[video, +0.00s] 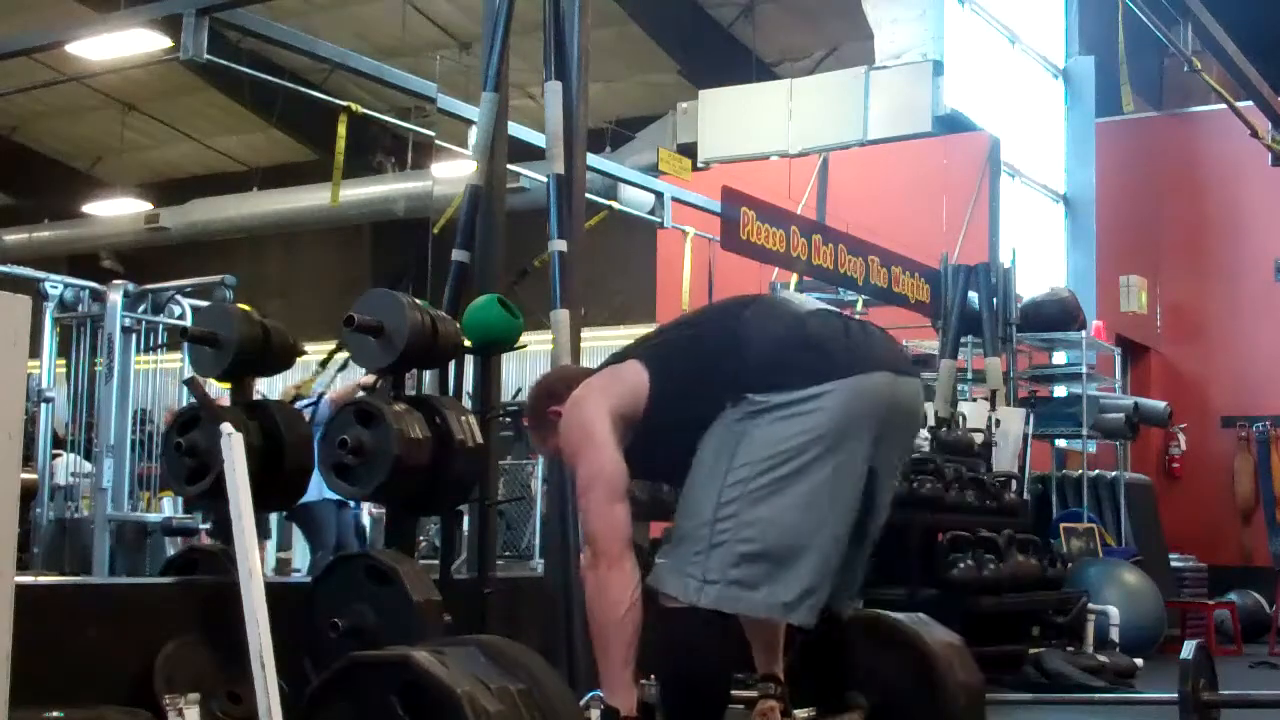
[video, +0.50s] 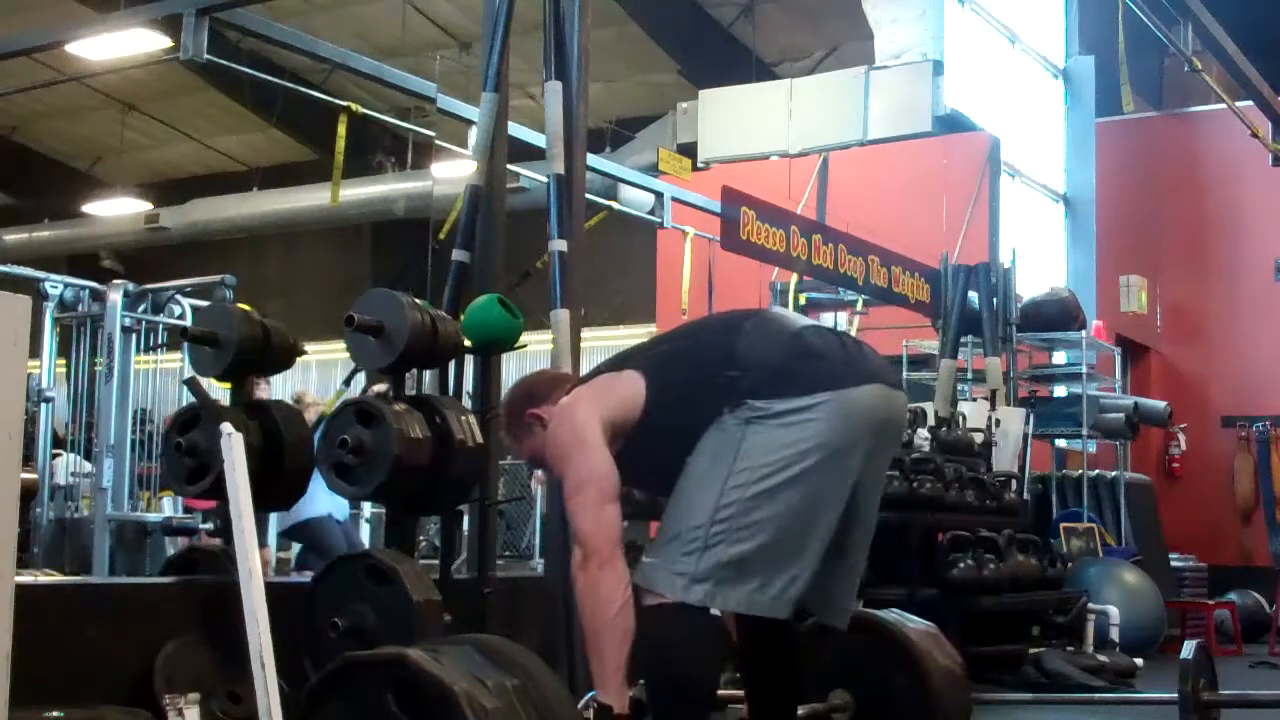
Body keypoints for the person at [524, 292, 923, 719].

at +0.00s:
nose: (565, 466)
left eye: (558, 451)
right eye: (555, 457)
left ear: (559, 413)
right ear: (588, 382)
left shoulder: (587, 407)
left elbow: (609, 560)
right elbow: (773, 534)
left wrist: (620, 703)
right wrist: (771, 678)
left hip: (808, 387)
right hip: (894, 381)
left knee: (688, 598)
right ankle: (771, 694)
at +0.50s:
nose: (549, 473)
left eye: (537, 457)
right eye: (536, 465)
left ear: (542, 417)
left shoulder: (576, 414)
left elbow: (598, 556)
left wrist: (611, 702)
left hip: (792, 398)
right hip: (876, 393)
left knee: (667, 598)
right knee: (765, 608)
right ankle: (774, 719)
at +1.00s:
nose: (544, 467)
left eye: (533, 452)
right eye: (533, 459)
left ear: (539, 413)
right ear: (570, 390)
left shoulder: (570, 415)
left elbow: (596, 556)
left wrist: (607, 701)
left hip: (787, 405)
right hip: (872, 406)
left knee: (662, 604)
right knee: (761, 628)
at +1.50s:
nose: (541, 470)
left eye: (530, 455)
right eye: (529, 462)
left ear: (535, 416)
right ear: (568, 391)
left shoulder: (567, 418)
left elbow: (586, 559)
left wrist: (602, 701)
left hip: (787, 414)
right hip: (873, 414)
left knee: (647, 599)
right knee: (754, 625)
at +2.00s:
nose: (555, 354)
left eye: (557, 338)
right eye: (555, 339)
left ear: (583, 334)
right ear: (638, 331)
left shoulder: (605, 389)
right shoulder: (679, 369)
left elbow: (608, 542)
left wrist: (600, 686)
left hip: (805, 454)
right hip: (881, 458)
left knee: (647, 610)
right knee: (746, 635)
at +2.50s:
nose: (547, 345)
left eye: (549, 327)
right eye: (546, 330)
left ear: (573, 319)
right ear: (621, 308)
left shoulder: (603, 361)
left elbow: (612, 515)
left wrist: (606, 672)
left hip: (798, 416)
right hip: (882, 419)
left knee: (663, 614)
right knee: (766, 636)